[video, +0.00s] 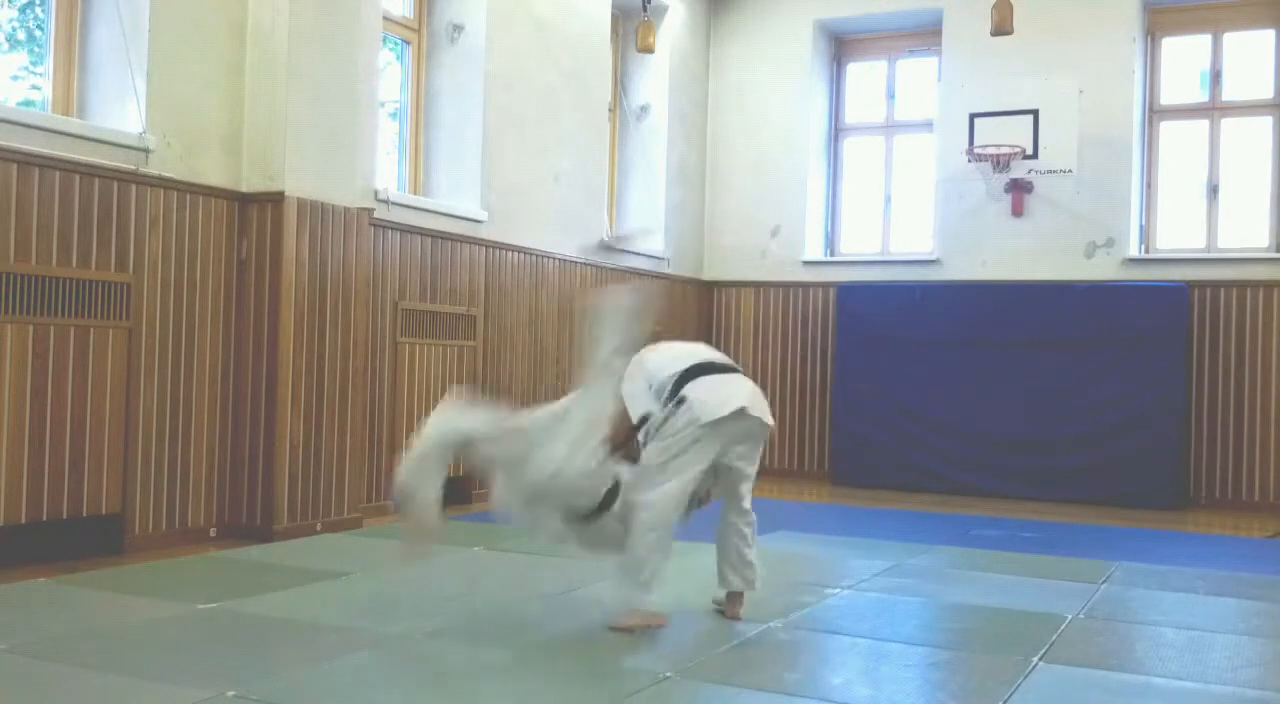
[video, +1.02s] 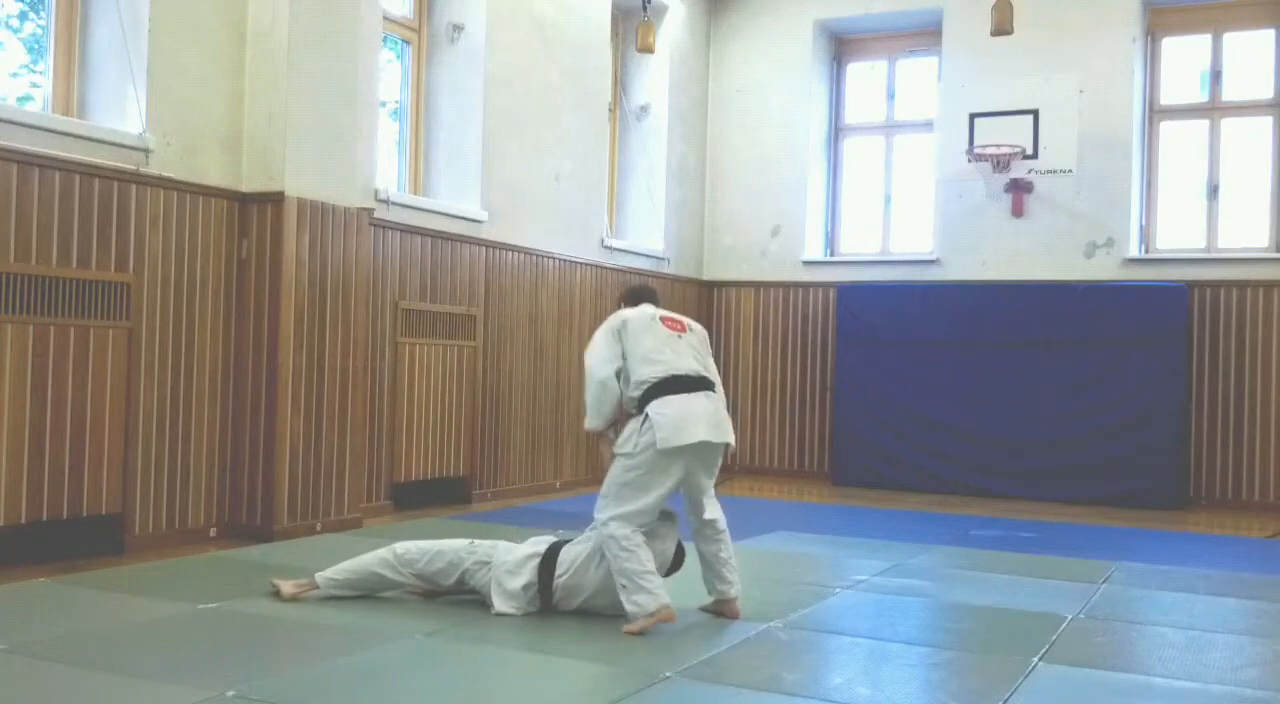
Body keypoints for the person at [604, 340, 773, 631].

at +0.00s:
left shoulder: (639, 363)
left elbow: (621, 432)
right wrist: (704, 484)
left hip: (700, 406)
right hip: (754, 406)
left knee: (654, 498)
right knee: (739, 504)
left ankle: (640, 605)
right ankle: (735, 600)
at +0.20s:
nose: (627, 352)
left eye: (629, 347)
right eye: (628, 348)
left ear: (638, 338)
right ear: (664, 330)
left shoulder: (639, 349)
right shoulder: (698, 344)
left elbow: (637, 415)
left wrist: (635, 473)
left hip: (708, 421)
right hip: (757, 421)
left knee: (646, 509)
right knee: (728, 503)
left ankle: (665, 616)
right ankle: (732, 598)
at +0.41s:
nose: (620, 344)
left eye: (620, 338)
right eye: (620, 339)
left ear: (628, 335)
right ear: (659, 330)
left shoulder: (628, 352)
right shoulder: (698, 345)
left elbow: (627, 416)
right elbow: (720, 395)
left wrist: (621, 474)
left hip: (693, 437)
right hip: (743, 433)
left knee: (624, 519)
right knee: (719, 506)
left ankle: (658, 618)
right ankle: (728, 598)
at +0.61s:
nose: (618, 340)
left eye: (619, 335)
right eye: (618, 335)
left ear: (627, 332)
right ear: (661, 328)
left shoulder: (624, 349)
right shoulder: (697, 344)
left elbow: (621, 416)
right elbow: (716, 393)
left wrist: (616, 472)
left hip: (684, 435)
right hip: (733, 432)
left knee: (621, 522)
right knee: (714, 505)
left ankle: (658, 617)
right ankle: (728, 598)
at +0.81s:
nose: (618, 336)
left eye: (619, 331)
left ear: (624, 328)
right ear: (657, 324)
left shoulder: (619, 345)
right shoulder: (692, 341)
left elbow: (616, 413)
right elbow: (710, 391)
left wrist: (616, 469)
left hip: (676, 431)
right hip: (726, 427)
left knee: (618, 521)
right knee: (711, 505)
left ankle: (657, 614)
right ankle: (727, 598)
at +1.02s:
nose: (618, 314)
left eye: (618, 310)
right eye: (620, 310)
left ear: (624, 306)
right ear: (656, 304)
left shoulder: (618, 321)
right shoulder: (692, 326)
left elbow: (601, 368)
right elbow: (715, 381)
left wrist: (599, 424)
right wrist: (726, 432)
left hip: (663, 419)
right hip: (712, 417)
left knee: (613, 515)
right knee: (704, 504)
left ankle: (651, 604)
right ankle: (727, 597)